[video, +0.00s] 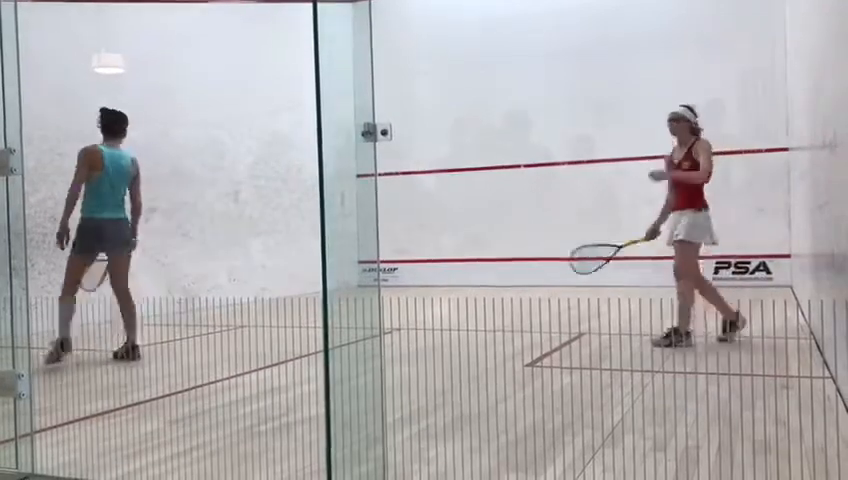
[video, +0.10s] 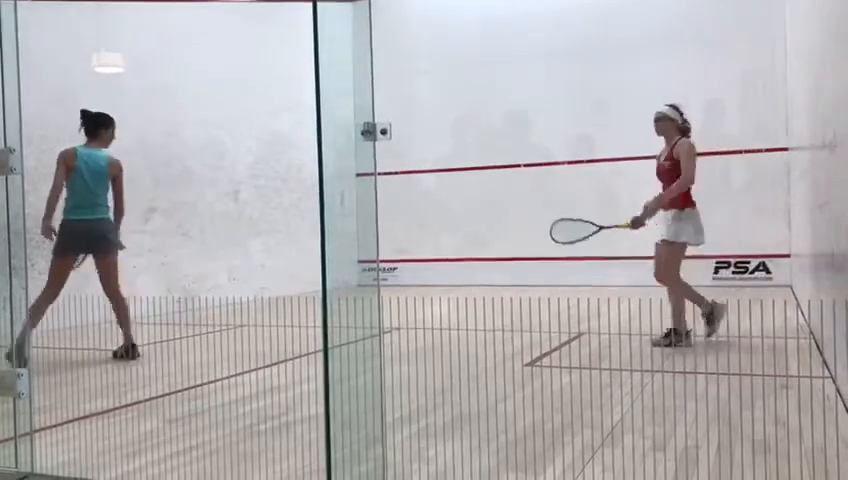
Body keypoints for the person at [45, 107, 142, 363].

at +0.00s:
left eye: (104, 128)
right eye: (123, 130)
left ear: (102, 129)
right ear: (124, 132)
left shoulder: (89, 154)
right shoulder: (131, 161)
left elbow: (75, 190)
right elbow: (136, 202)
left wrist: (64, 222)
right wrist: (134, 231)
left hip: (91, 229)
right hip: (120, 230)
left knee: (70, 287)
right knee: (121, 288)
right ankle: (132, 344)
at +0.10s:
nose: (114, 138)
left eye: (114, 133)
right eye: (112, 132)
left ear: (88, 132)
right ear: (104, 132)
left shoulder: (68, 155)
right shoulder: (113, 163)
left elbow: (56, 190)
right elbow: (119, 206)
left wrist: (46, 220)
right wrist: (115, 232)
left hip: (71, 230)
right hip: (102, 230)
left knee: (50, 291)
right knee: (113, 290)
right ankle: (129, 343)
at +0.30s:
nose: (85, 136)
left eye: (84, 131)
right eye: (82, 131)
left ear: (61, 131)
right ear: (69, 130)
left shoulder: (36, 155)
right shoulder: (77, 162)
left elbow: (16, 186)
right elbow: (84, 200)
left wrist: (8, 212)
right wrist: (89, 222)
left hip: (34, 226)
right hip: (62, 227)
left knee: (24, 287)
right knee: (80, 291)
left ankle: (7, 344)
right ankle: (92, 345)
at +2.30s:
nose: (95, 132)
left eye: (93, 126)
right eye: (91, 127)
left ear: (72, 129)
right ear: (77, 129)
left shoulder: (46, 156)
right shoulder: (88, 161)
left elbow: (27, 193)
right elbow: (93, 206)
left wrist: (31, 227)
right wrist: (103, 242)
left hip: (47, 229)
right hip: (77, 230)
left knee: (43, 297)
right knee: (74, 299)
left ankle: (32, 358)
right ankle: (71, 360)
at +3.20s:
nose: (64, 135)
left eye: (62, 130)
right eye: (60, 130)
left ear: (39, 135)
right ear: (49, 134)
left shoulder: (17, 164)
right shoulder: (64, 166)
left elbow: (4, 202)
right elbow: (80, 208)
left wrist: (3, 237)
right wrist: (91, 236)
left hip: (23, 238)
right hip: (56, 237)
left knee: (17, 302)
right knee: (67, 304)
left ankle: (9, 365)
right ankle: (77, 363)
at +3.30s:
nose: (53, 138)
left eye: (51, 133)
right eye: (50, 134)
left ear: (25, 136)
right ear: (44, 137)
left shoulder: (8, 165)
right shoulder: (54, 168)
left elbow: (2, 195)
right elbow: (69, 208)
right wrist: (76, 235)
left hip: (11, 238)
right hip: (43, 237)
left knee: (8, 307)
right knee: (58, 301)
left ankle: (8, 366)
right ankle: (75, 357)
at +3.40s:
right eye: (37, 138)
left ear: (12, 139)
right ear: (37, 139)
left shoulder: (3, 165)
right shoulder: (44, 169)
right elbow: (59, 209)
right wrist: (58, 227)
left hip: (6, 240)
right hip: (33, 239)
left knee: (4, 306)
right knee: (42, 295)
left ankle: (7, 363)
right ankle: (62, 343)